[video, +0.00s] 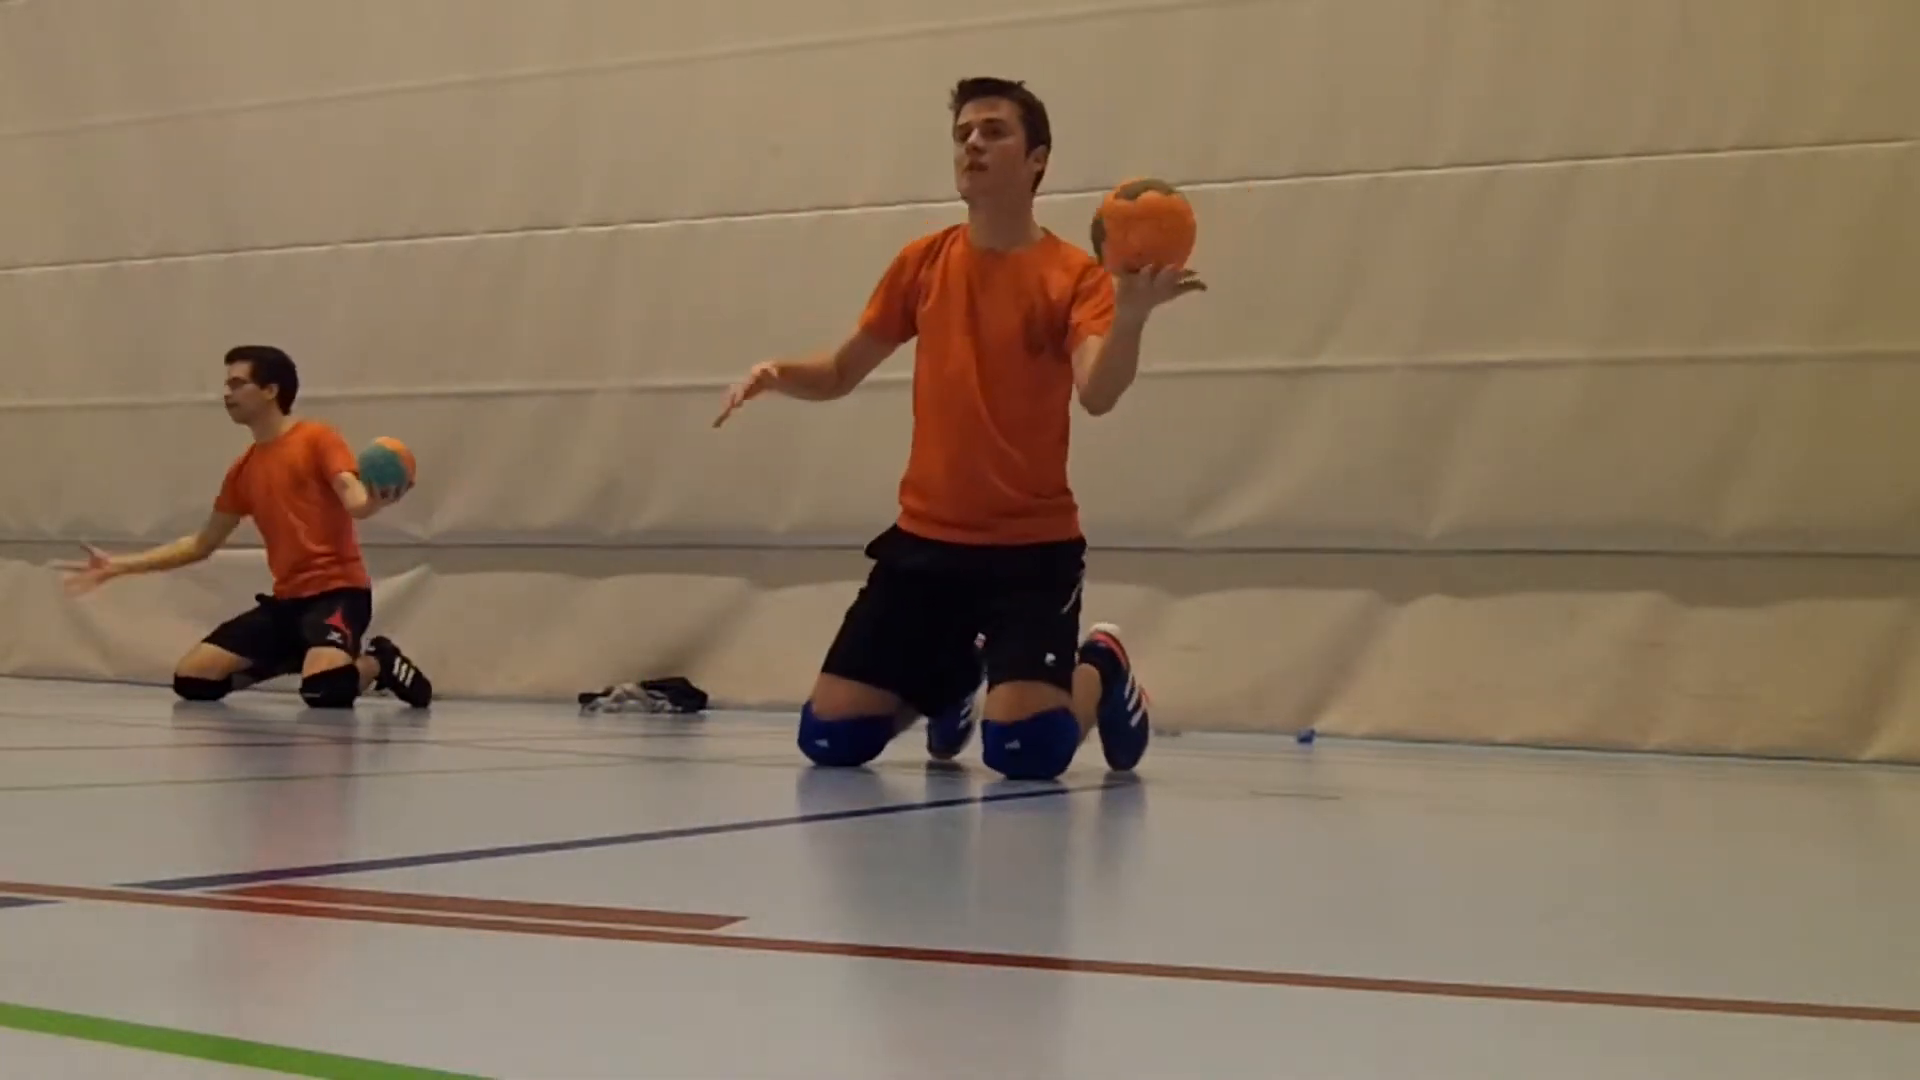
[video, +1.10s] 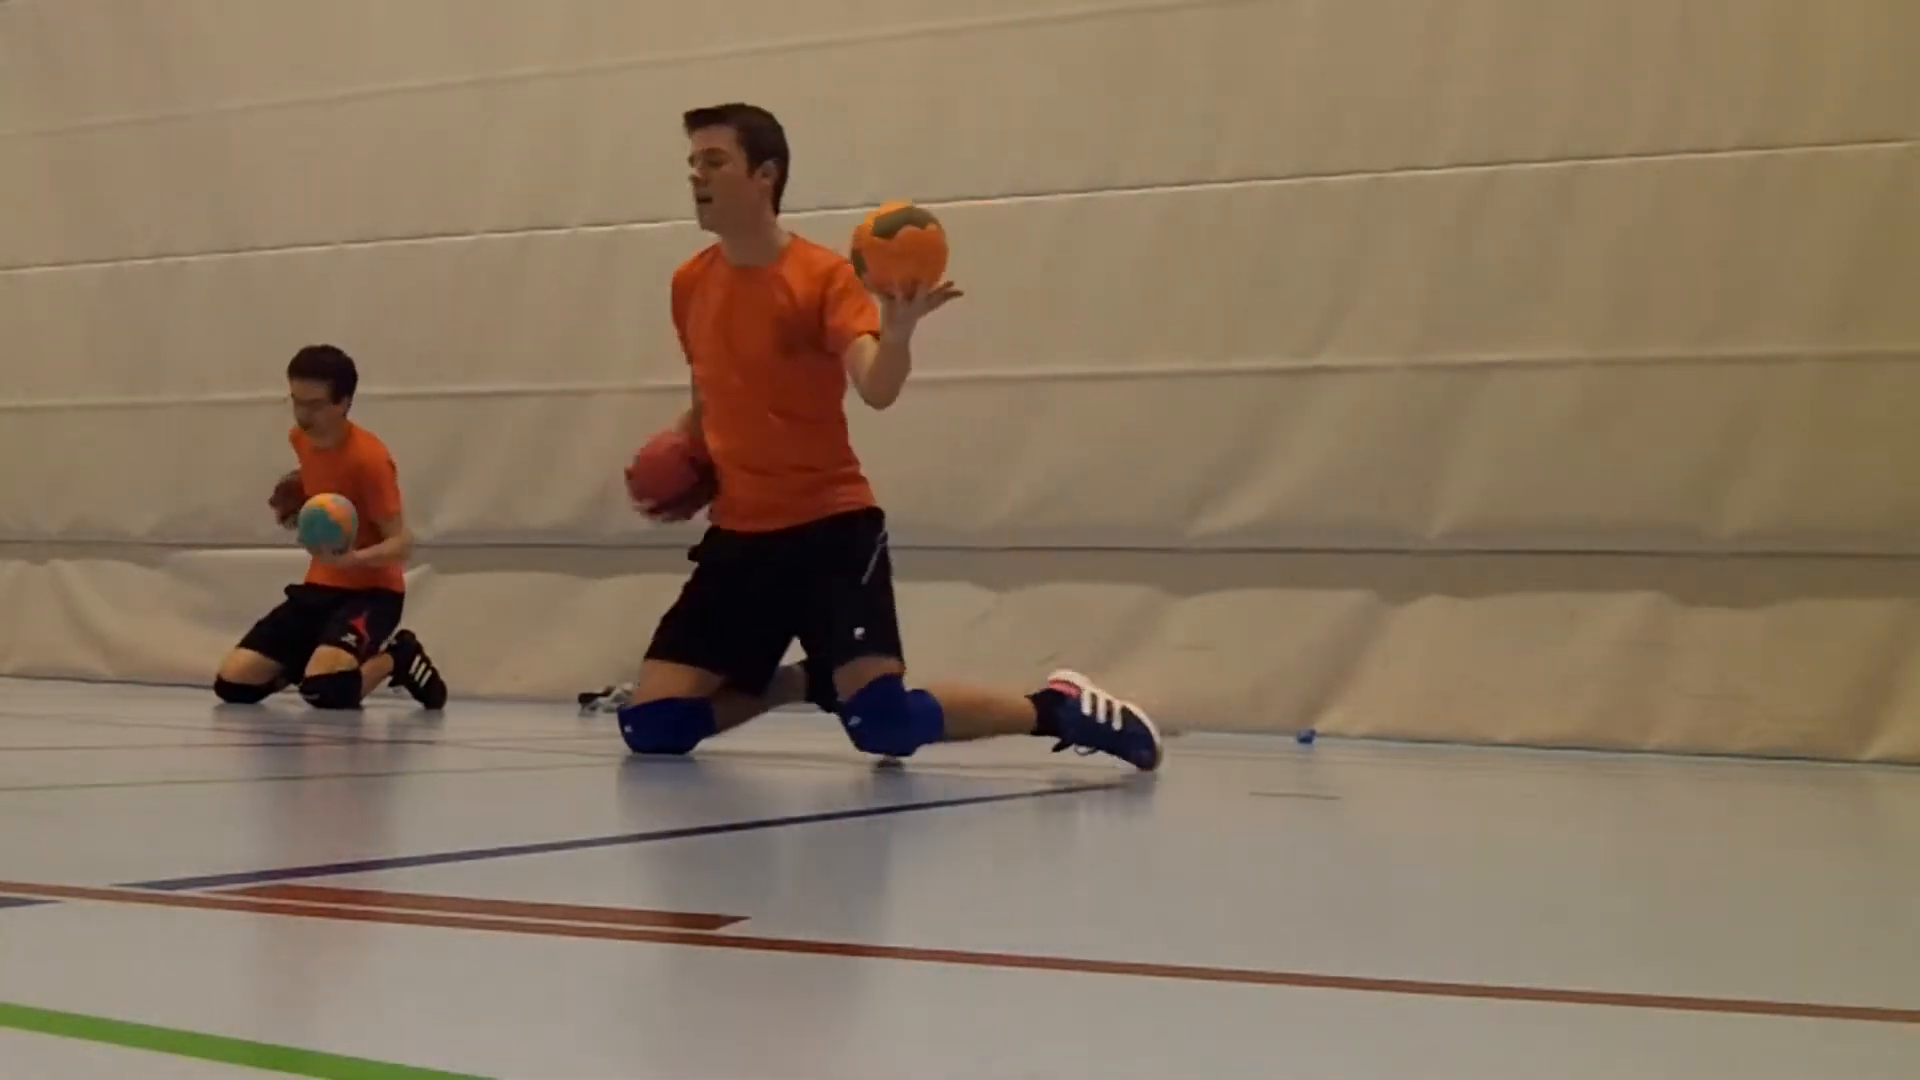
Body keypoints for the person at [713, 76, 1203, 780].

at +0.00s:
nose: (972, 143)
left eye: (994, 130)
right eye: (963, 134)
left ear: (1037, 162)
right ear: (952, 160)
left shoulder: (1075, 276)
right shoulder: (925, 263)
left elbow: (1099, 394)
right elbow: (840, 371)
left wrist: (1130, 318)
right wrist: (780, 373)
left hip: (1033, 546)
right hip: (925, 539)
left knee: (1023, 754)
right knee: (829, 739)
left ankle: (1102, 669)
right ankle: (950, 675)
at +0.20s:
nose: (971, 194)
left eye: (993, 181)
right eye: (962, 182)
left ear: (1034, 209)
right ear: (951, 203)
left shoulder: (1067, 320)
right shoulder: (920, 304)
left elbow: (1067, 465)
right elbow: (831, 401)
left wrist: (1077, 376)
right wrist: (757, 421)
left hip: (1041, 580)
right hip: (936, 574)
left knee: (1008, 750)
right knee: (834, 738)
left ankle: (1105, 677)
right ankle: (949, 685)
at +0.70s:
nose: (904, 223)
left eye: (926, 209)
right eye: (898, 212)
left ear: (972, 234)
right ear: (892, 232)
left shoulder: (1015, 337)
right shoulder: (870, 339)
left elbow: (1046, 463)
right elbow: (760, 428)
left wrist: (1046, 383)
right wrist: (696, 391)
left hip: (1009, 595)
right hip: (903, 595)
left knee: (1035, 754)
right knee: (749, 723)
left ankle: (1090, 688)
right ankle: (924, 677)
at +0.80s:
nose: (844, 221)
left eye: (864, 207)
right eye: (839, 209)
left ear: (914, 229)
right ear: (835, 231)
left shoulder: (967, 326)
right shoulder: (817, 330)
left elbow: (1012, 427)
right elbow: (684, 382)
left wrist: (1033, 358)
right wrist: (581, 340)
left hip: (977, 582)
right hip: (873, 591)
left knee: (1021, 753)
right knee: (734, 727)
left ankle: (1097, 686)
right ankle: (905, 679)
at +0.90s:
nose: (787, 209)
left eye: (804, 193)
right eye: (783, 196)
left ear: (858, 208)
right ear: (785, 214)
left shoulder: (917, 303)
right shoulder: (765, 309)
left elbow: (968, 397)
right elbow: (642, 381)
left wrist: (995, 330)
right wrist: (516, 380)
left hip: (930, 560)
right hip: (829, 574)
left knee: (991, 742)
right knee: (710, 729)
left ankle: (1112, 694)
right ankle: (875, 677)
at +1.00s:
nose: (739, 185)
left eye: (756, 170)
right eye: (737, 171)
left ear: (809, 183)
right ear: (743, 184)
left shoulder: (868, 282)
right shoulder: (729, 287)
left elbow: (924, 384)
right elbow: (698, 411)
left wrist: (950, 318)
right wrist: (635, 451)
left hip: (875, 536)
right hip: (777, 546)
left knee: (952, 726)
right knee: (672, 727)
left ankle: (1107, 701)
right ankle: (852, 685)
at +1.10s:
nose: (693, 177)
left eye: (711, 162)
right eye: (692, 163)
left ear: (766, 176)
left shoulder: (822, 275)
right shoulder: (691, 285)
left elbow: (877, 391)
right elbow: (715, 393)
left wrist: (897, 334)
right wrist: (677, 459)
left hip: (833, 530)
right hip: (740, 538)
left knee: (883, 726)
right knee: (655, 728)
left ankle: (1055, 711)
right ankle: (824, 678)